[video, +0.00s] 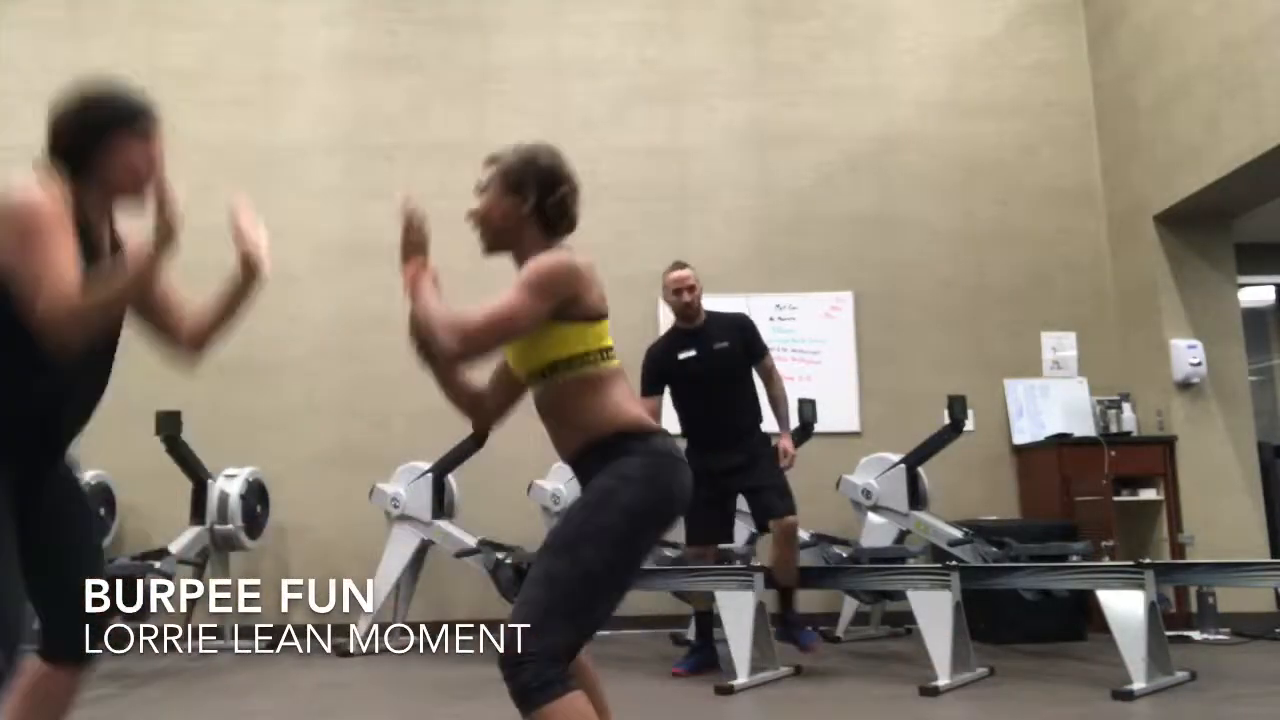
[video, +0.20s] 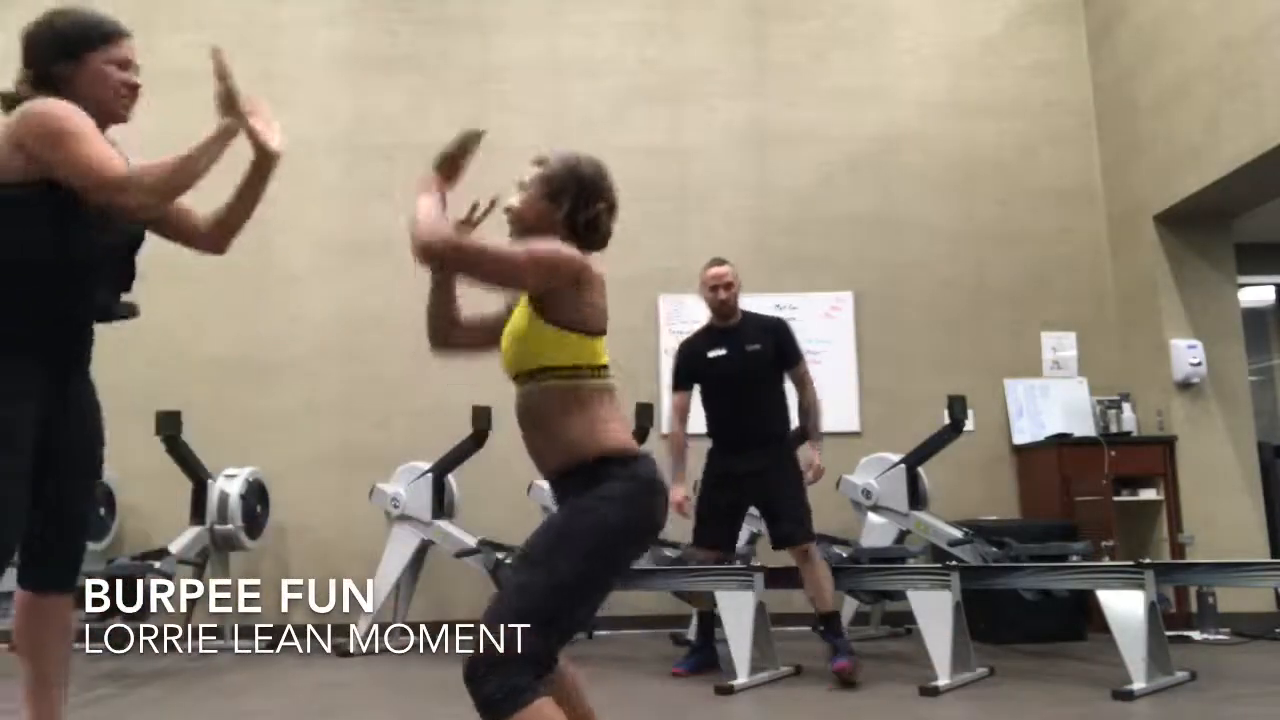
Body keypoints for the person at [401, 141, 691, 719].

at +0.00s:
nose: (473, 206)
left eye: (486, 191)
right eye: (479, 191)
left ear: (523, 203)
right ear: (521, 205)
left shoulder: (559, 268)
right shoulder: (546, 299)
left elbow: (453, 339)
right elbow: (484, 409)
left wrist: (419, 274)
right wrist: (430, 345)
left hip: (638, 468)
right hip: (621, 474)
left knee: (529, 656)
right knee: (547, 641)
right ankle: (597, 713)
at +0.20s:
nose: (518, 188)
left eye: (533, 183)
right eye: (525, 179)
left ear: (561, 208)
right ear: (553, 206)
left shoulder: (567, 264)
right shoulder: (538, 301)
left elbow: (432, 244)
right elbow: (445, 335)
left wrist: (431, 190)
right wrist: (450, 258)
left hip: (616, 490)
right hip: (590, 494)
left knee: (497, 668)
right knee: (529, 651)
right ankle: (582, 715)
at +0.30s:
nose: (530, 108)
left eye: (544, 100)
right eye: (536, 98)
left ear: (575, 116)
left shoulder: (572, 161)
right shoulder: (537, 204)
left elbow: (440, 154)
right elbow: (431, 239)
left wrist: (382, 120)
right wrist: (385, 160)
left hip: (584, 402)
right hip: (560, 407)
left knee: (554, 606)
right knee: (553, 604)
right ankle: (588, 707)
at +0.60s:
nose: (540, 148)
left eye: (550, 136)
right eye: (542, 137)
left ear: (584, 139)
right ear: (574, 147)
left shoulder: (611, 194)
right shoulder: (567, 216)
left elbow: (507, 157)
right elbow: (496, 261)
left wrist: (485, 71)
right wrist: (477, 186)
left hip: (578, 404)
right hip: (550, 404)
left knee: (534, 602)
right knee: (552, 599)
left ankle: (569, 708)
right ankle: (584, 707)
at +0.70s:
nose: (510, 180)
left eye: (518, 165)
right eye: (508, 167)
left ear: (555, 168)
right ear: (553, 173)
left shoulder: (604, 234)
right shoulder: (544, 249)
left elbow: (593, 299)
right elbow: (533, 346)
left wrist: (524, 229)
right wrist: (493, 297)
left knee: (517, 647)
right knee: (533, 643)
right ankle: (592, 710)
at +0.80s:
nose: (459, 188)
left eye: (465, 170)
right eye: (457, 173)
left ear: (508, 162)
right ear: (509, 166)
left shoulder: (574, 226)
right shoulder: (531, 240)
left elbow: (617, 331)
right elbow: (572, 369)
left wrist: (508, 349)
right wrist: (500, 412)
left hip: (619, 438)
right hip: (593, 441)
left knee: (555, 638)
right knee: (565, 634)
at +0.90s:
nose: (424, 218)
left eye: (429, 199)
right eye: (420, 203)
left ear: (470, 186)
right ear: (466, 191)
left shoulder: (546, 243)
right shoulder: (508, 267)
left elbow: (599, 350)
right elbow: (553, 389)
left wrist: (508, 418)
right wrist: (502, 470)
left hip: (642, 436)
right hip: (616, 442)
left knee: (571, 633)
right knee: (575, 633)